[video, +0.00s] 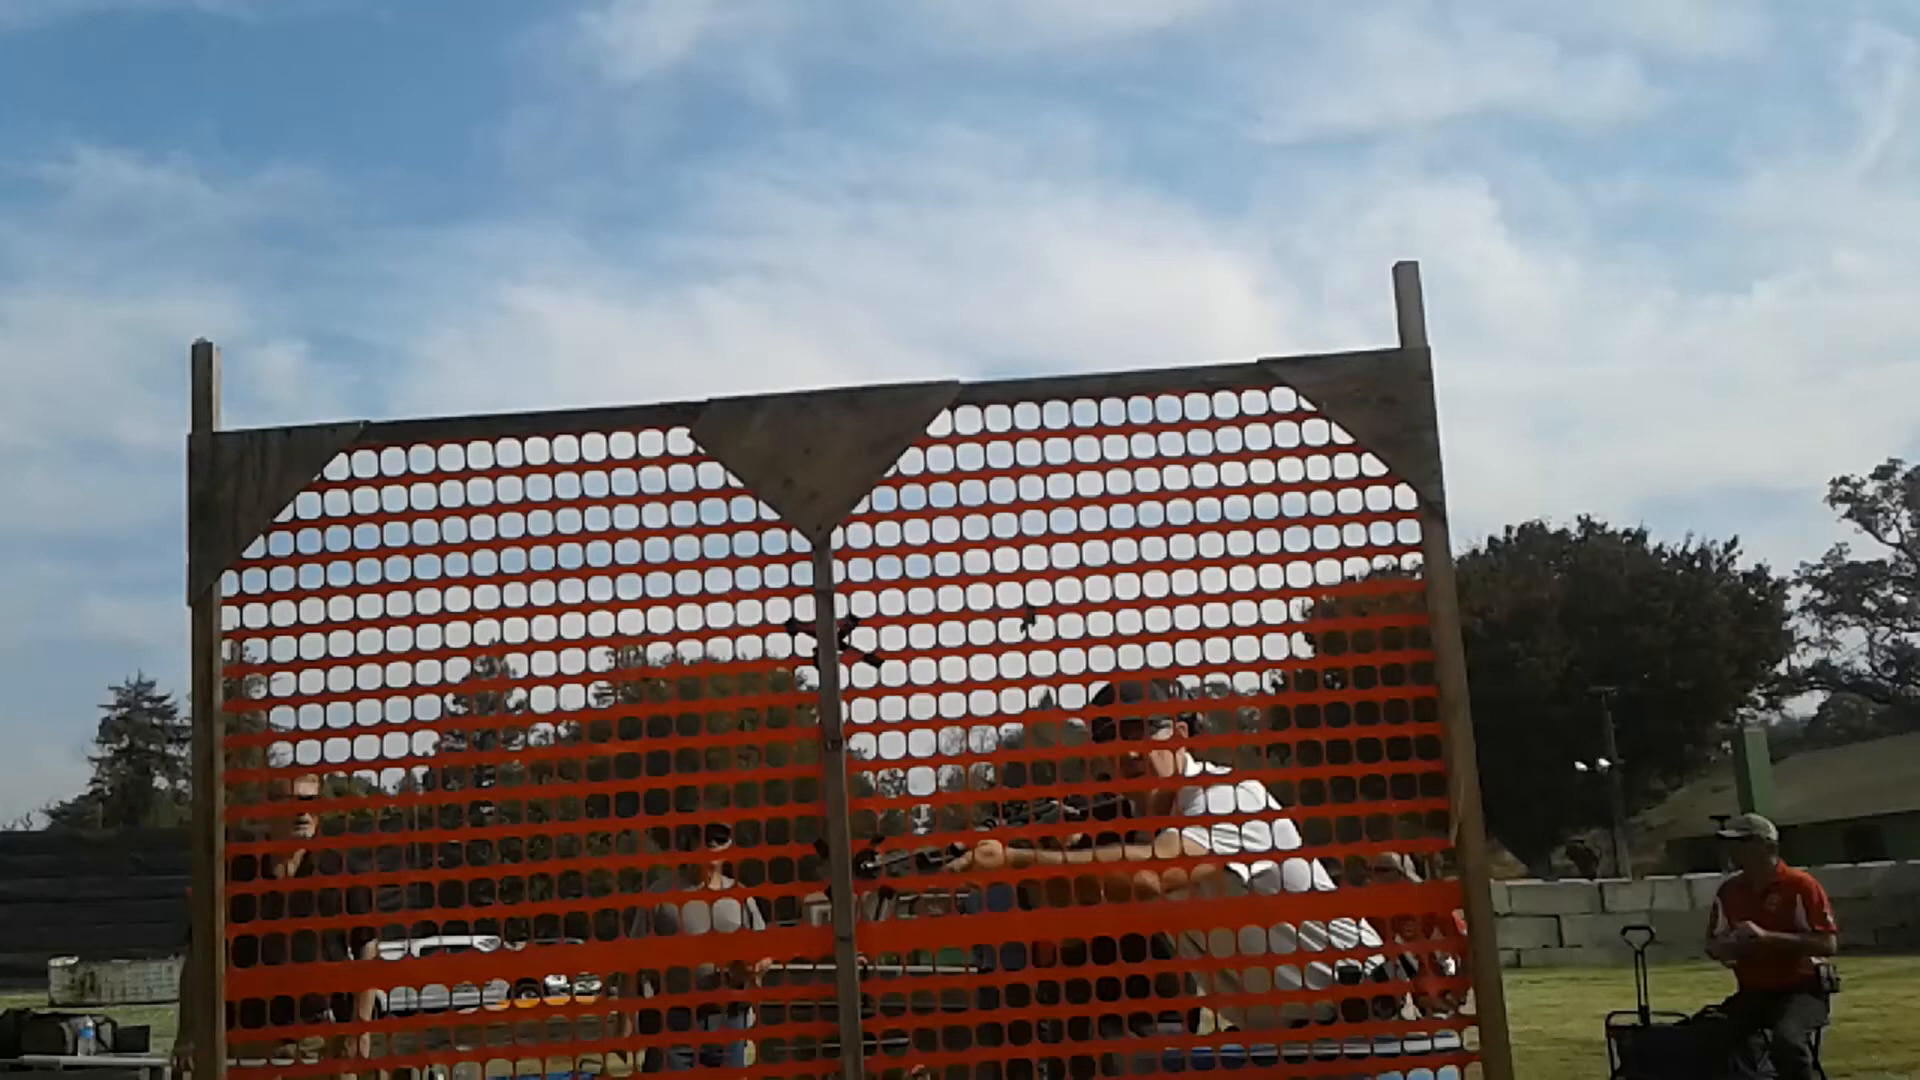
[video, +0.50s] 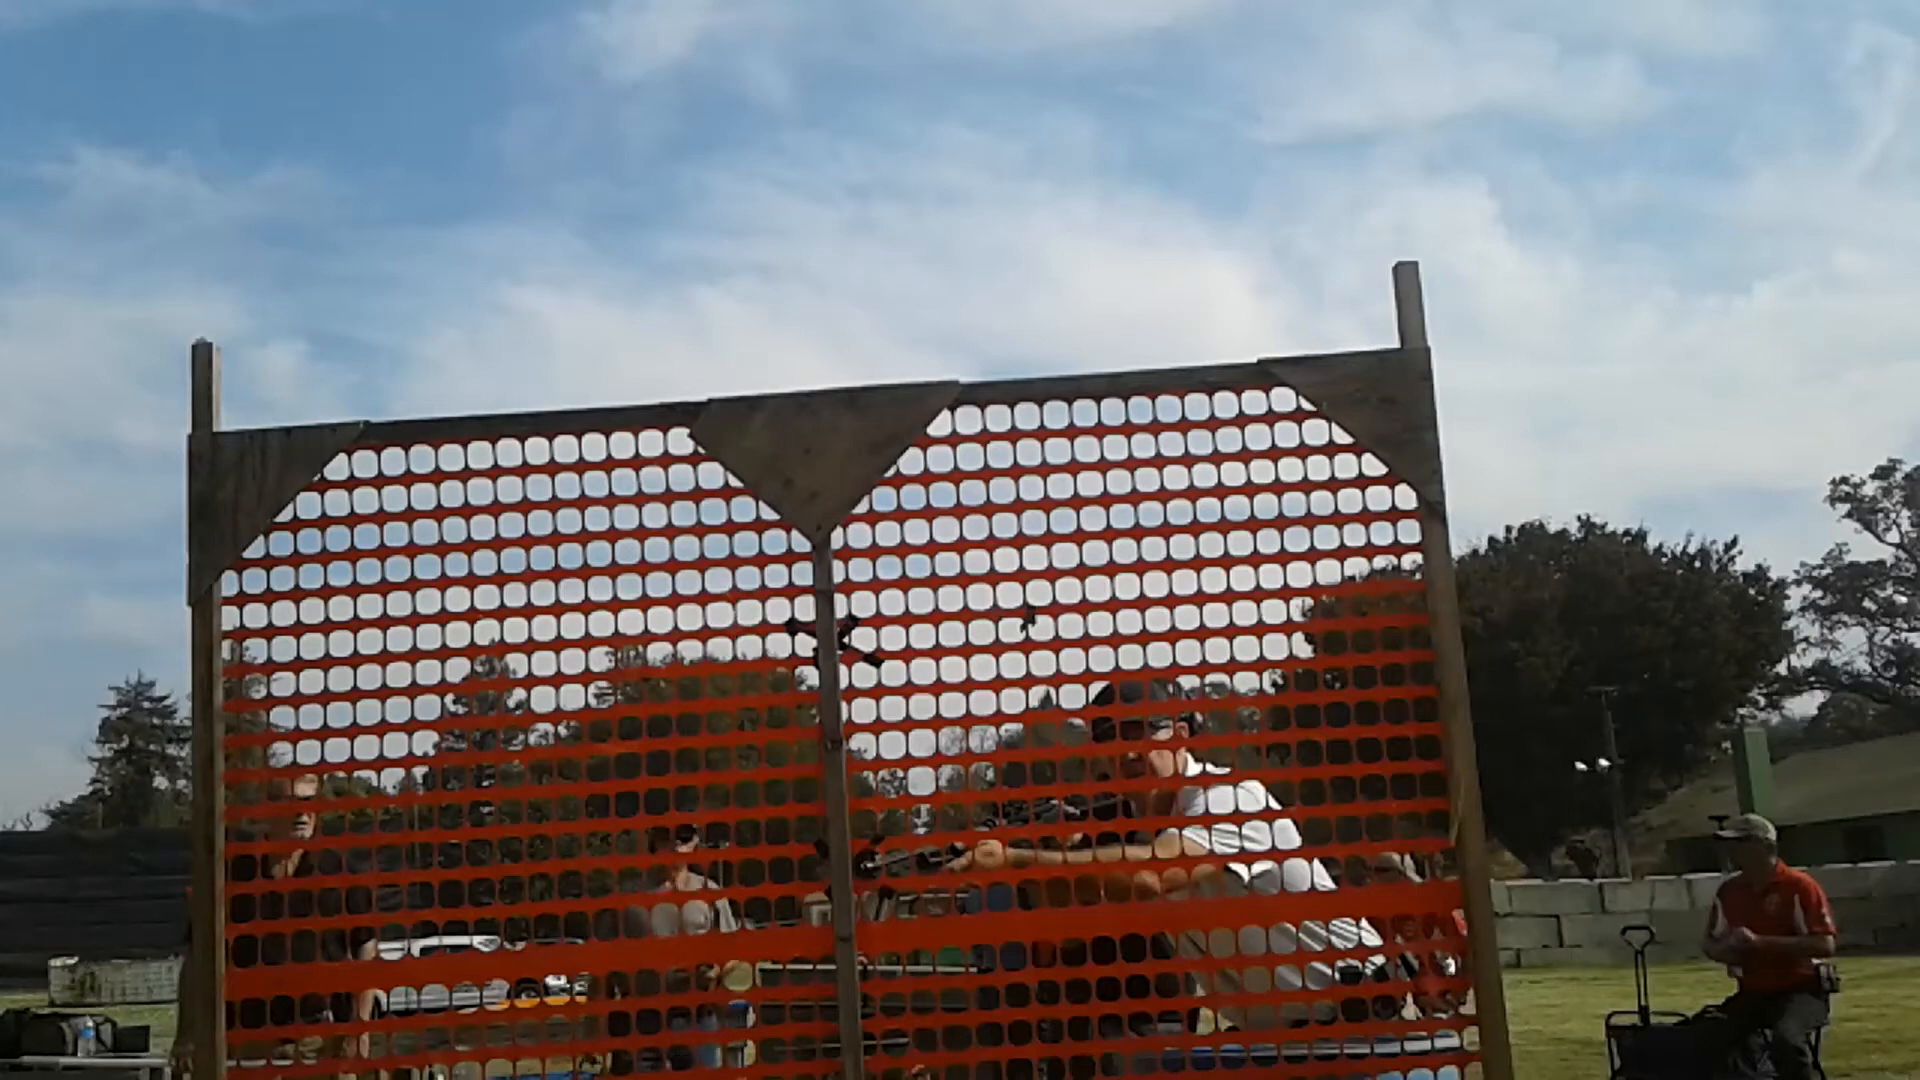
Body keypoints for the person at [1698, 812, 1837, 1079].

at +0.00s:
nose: (1733, 851)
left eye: (1740, 843)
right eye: (1733, 844)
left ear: (1765, 847)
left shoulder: (1802, 886)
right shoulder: (1729, 890)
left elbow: (1827, 943)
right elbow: (1711, 944)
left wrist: (1766, 938)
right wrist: (1726, 945)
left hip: (1801, 994)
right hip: (1754, 994)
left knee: (1787, 1042)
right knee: (1709, 1037)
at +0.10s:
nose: (1733, 851)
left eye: (1740, 843)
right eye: (1732, 844)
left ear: (1765, 847)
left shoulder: (1802, 886)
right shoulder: (1729, 890)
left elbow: (1827, 943)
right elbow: (1711, 944)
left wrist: (1765, 938)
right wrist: (1726, 945)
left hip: (1801, 993)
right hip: (1754, 994)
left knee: (1787, 1042)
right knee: (1709, 1037)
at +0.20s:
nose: (1732, 851)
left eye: (1740, 843)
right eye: (1732, 844)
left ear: (1765, 847)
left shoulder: (1802, 886)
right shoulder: (1729, 890)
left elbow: (1827, 942)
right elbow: (1709, 944)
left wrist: (1764, 938)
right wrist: (1725, 944)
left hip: (1801, 994)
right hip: (1753, 994)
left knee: (1787, 1042)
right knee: (1708, 1037)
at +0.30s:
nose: (1733, 851)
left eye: (1740, 843)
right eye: (1732, 844)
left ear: (1765, 847)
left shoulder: (1802, 886)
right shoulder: (1729, 890)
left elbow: (1827, 943)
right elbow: (1710, 944)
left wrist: (1763, 938)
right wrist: (1725, 944)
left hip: (1801, 994)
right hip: (1753, 994)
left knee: (1787, 1041)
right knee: (1708, 1037)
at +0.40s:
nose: (1732, 851)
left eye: (1740, 843)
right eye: (1732, 844)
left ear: (1765, 847)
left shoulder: (1802, 886)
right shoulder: (1729, 890)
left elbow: (1826, 943)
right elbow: (1709, 943)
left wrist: (1762, 941)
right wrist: (1724, 947)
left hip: (1801, 993)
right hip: (1753, 994)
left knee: (1787, 1042)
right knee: (1708, 1037)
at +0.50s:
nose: (1731, 851)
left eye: (1739, 843)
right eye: (1731, 844)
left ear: (1764, 847)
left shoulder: (1801, 886)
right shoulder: (1729, 890)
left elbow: (1825, 945)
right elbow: (1709, 943)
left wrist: (1759, 942)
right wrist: (1726, 951)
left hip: (1801, 993)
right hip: (1754, 994)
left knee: (1787, 1041)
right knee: (1708, 1038)